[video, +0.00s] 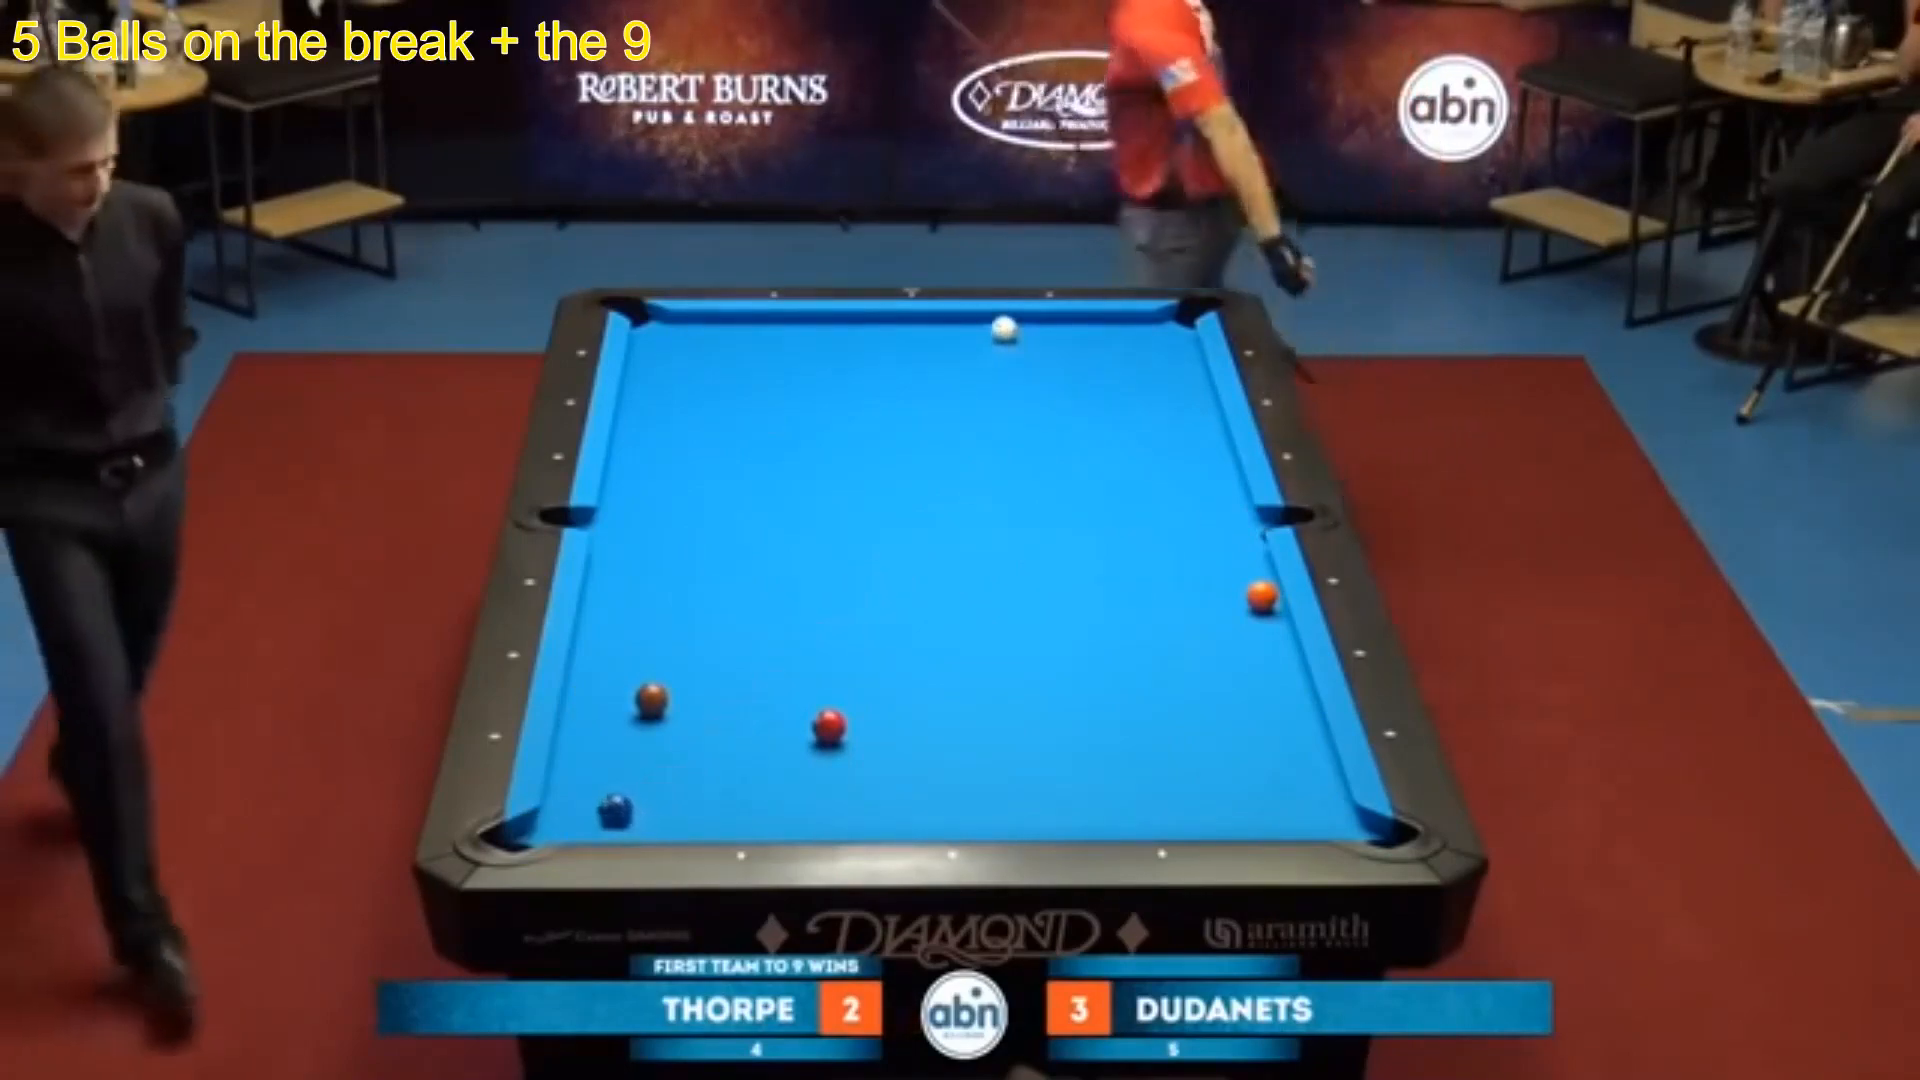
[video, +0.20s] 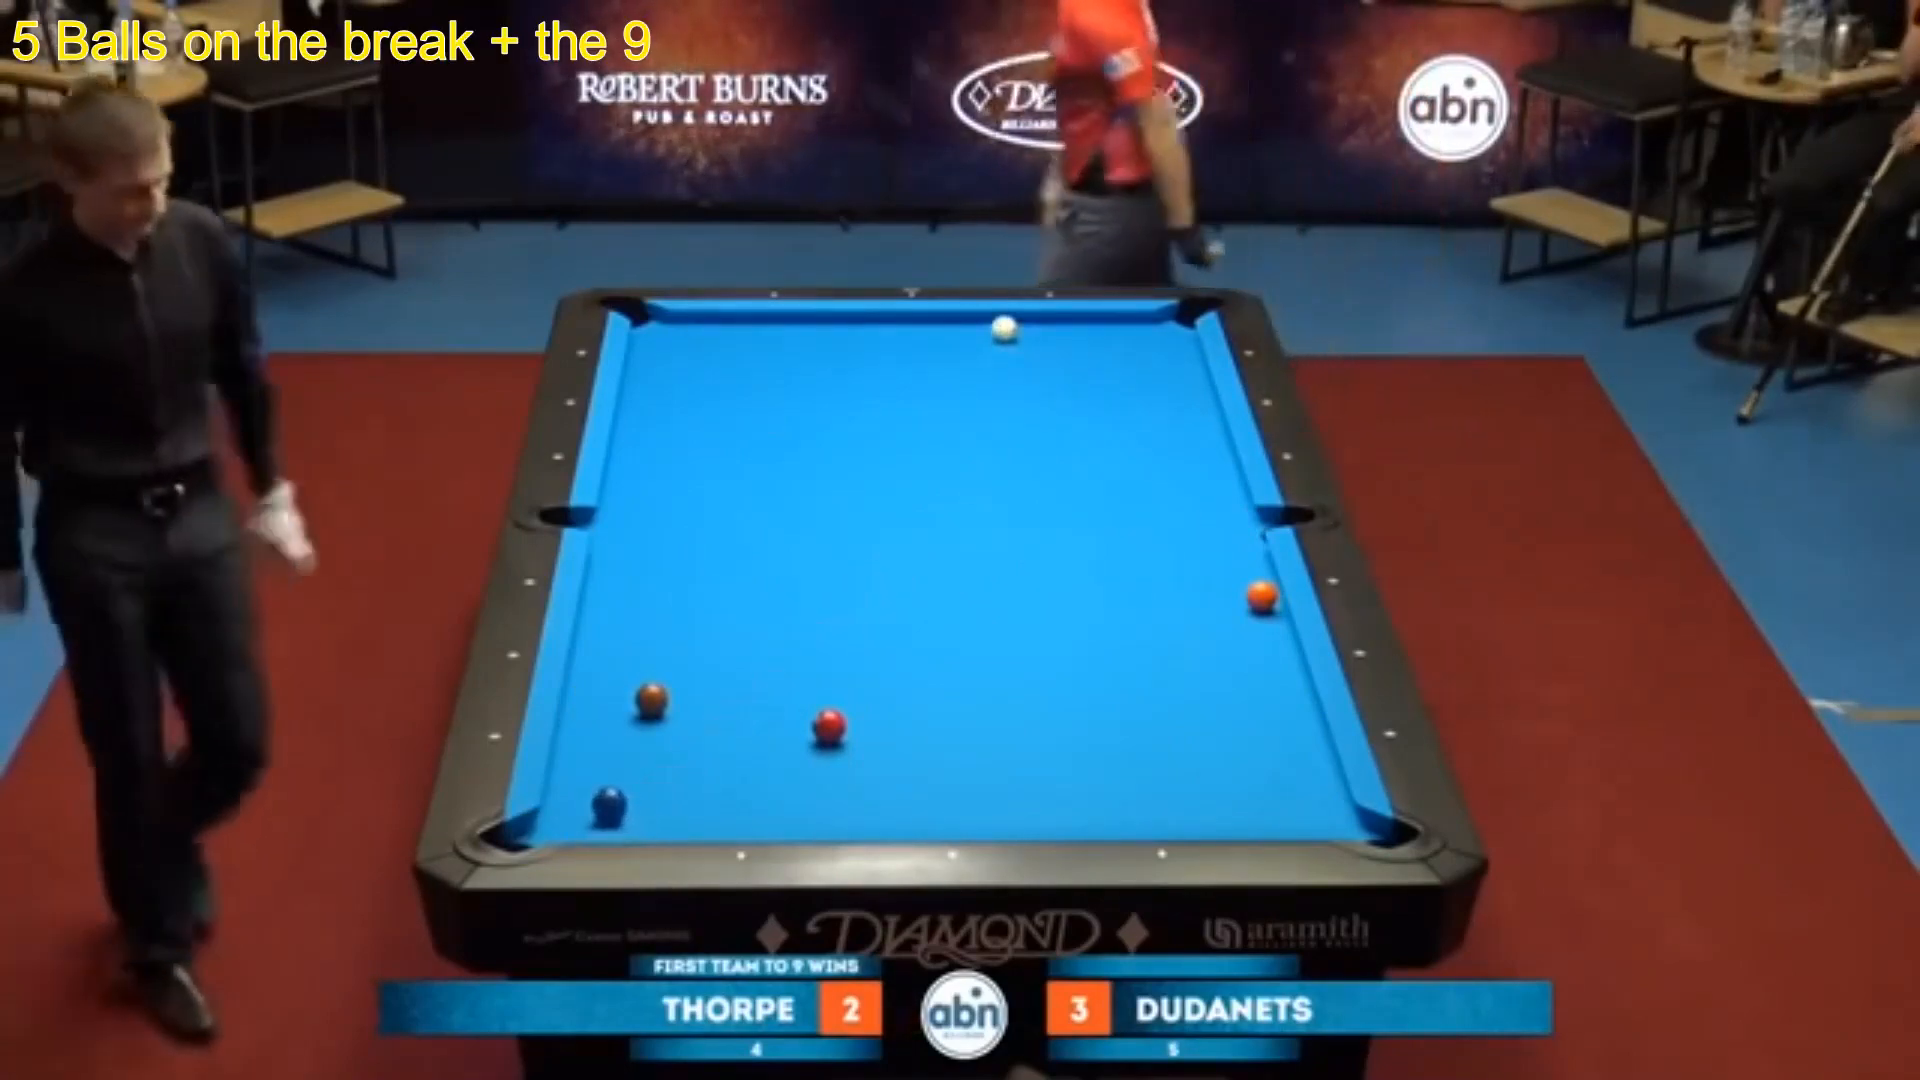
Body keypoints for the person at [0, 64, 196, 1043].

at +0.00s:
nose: (97, 185)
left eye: (105, 166)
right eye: (77, 173)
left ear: (115, 151)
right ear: (20, 172)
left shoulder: (150, 220)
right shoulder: (8, 249)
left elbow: (171, 338)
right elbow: (10, 384)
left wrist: (141, 420)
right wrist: (38, 455)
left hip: (150, 481)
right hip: (46, 499)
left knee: (127, 666)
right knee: (103, 711)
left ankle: (76, 759)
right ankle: (144, 930)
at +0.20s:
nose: (149, 204)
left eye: (157, 184)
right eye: (128, 192)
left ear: (167, 169)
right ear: (71, 185)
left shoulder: (207, 246)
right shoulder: (27, 280)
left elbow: (243, 373)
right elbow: (6, 429)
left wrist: (273, 493)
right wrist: (11, 554)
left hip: (196, 514)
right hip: (87, 531)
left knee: (239, 742)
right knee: (132, 754)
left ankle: (151, 833)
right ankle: (158, 948)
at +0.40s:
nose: (252, 255)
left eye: (257, 236)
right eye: (232, 240)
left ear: (260, 222)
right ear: (165, 231)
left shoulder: (265, 303)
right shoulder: (84, 335)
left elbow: (339, 419)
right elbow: (20, 486)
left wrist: (416, 534)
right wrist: (31, 636)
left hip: (244, 577)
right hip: (135, 598)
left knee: (291, 816)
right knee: (152, 804)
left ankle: (356, 1041)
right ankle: (164, 965)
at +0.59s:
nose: (376, 333)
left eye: (385, 314)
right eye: (363, 313)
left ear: (389, 300)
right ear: (301, 287)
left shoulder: (367, 389)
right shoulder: (184, 375)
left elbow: (460, 503)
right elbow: (86, 511)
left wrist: (568, 615)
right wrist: (79, 664)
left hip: (289, 640)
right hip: (174, 653)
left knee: (344, 881)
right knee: (203, 872)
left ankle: (383, 1061)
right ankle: (179, 970)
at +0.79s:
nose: (472, 381)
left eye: (481, 362)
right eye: (464, 360)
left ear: (418, 329)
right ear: (403, 325)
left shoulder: (436, 428)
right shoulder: (250, 398)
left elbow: (501, 558)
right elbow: (121, 515)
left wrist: (591, 678)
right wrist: (86, 660)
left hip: (327, 673)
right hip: (208, 683)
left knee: (371, 928)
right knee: (242, 941)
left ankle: (391, 1073)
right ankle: (231, 1079)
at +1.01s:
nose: (517, 435)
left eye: (526, 416)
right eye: (511, 413)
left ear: (457, 378)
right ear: (454, 379)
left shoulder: (459, 479)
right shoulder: (291, 452)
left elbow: (459, 617)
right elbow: (152, 571)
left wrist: (551, 717)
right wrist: (97, 712)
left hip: (359, 740)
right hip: (242, 753)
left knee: (383, 994)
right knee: (264, 1012)